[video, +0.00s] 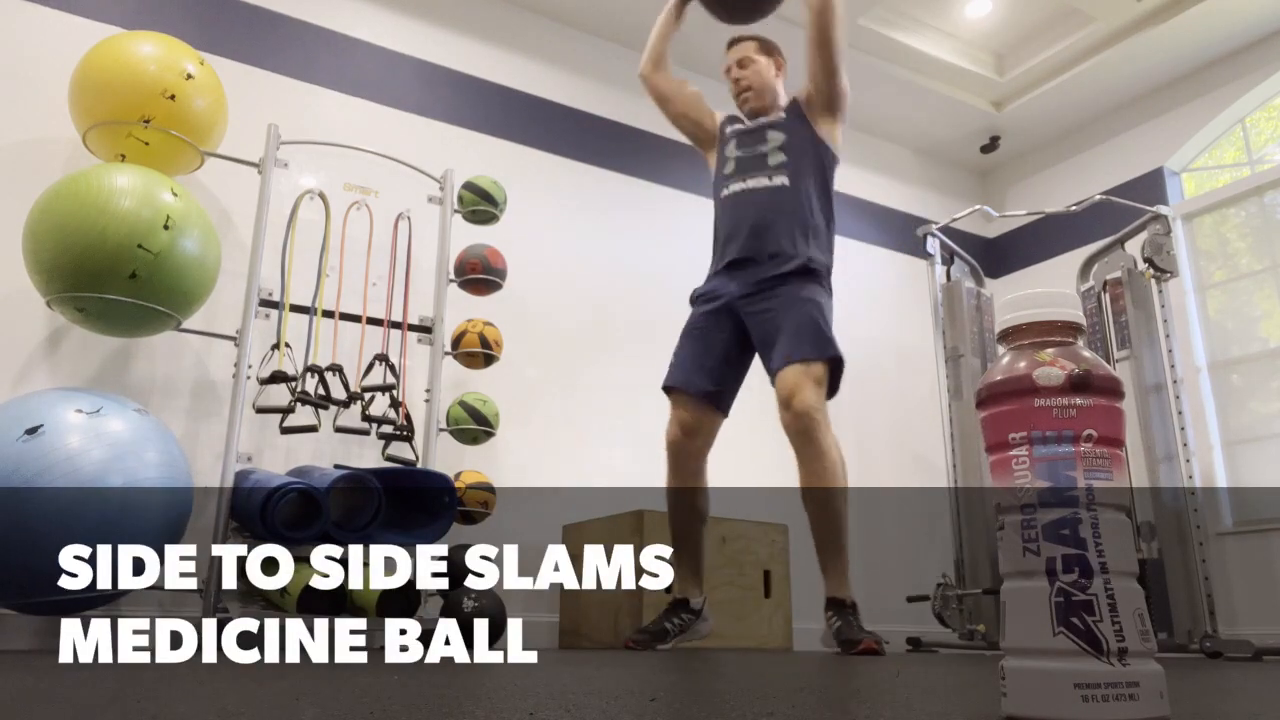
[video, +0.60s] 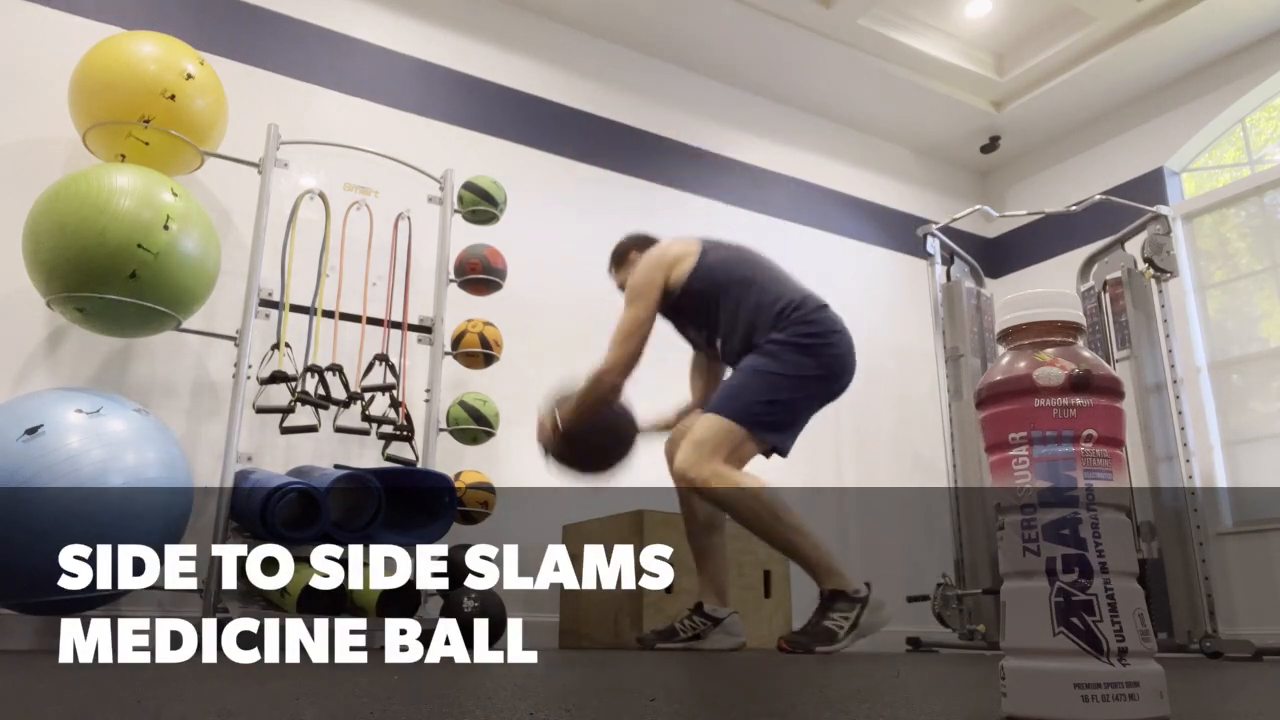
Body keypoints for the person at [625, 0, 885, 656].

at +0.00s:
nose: (737, 72)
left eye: (750, 62)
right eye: (731, 68)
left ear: (782, 72)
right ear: (728, 84)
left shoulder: (815, 116)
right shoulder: (720, 135)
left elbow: (826, 33)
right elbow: (654, 72)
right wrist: (679, 2)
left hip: (794, 284)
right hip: (723, 292)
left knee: (802, 407)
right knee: (683, 433)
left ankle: (840, 603)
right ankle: (687, 599)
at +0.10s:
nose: (712, 76)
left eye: (721, 63)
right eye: (708, 69)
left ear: (755, 56)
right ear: (713, 76)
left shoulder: (793, 81)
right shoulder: (719, 132)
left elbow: (760, 6)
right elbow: (653, 103)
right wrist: (662, 32)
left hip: (789, 259)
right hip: (731, 276)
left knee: (788, 394)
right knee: (693, 423)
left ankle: (863, 590)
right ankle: (693, 596)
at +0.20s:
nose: (686, 92)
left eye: (691, 78)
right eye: (682, 86)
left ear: (718, 64)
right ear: (699, 92)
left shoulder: (760, 80)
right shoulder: (712, 145)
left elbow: (667, 9)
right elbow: (659, 148)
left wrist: (668, 32)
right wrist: (654, 85)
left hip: (786, 257)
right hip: (742, 282)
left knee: (790, 404)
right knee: (700, 428)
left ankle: (893, 586)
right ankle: (707, 598)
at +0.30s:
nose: (662, 138)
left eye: (661, 122)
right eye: (655, 134)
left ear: (681, 102)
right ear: (666, 137)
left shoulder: (727, 111)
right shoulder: (708, 178)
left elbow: (616, 92)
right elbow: (665, 199)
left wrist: (610, 52)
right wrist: (647, 140)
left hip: (789, 277)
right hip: (751, 299)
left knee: (776, 426)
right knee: (702, 440)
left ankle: (899, 593)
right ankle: (718, 611)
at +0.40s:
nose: (649, 196)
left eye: (647, 183)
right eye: (644, 191)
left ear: (654, 156)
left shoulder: (696, 152)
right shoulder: (706, 215)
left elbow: (596, 195)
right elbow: (665, 265)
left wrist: (569, 156)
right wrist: (634, 208)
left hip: (799, 306)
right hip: (766, 322)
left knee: (739, 442)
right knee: (694, 445)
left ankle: (882, 582)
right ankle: (717, 611)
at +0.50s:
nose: (635, 238)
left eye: (636, 226)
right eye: (633, 232)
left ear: (652, 205)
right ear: (657, 221)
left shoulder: (679, 203)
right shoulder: (703, 265)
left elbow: (602, 285)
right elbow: (672, 340)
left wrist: (551, 279)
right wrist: (627, 304)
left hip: (803, 322)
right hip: (778, 337)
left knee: (712, 448)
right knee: (687, 449)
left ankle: (860, 575)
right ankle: (715, 612)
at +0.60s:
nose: (625, 291)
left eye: (624, 280)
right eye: (620, 286)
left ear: (636, 256)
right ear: (651, 255)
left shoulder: (655, 261)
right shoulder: (702, 305)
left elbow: (614, 371)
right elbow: (703, 404)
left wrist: (566, 422)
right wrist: (636, 428)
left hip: (806, 344)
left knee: (699, 461)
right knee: (682, 450)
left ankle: (845, 595)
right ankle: (716, 614)